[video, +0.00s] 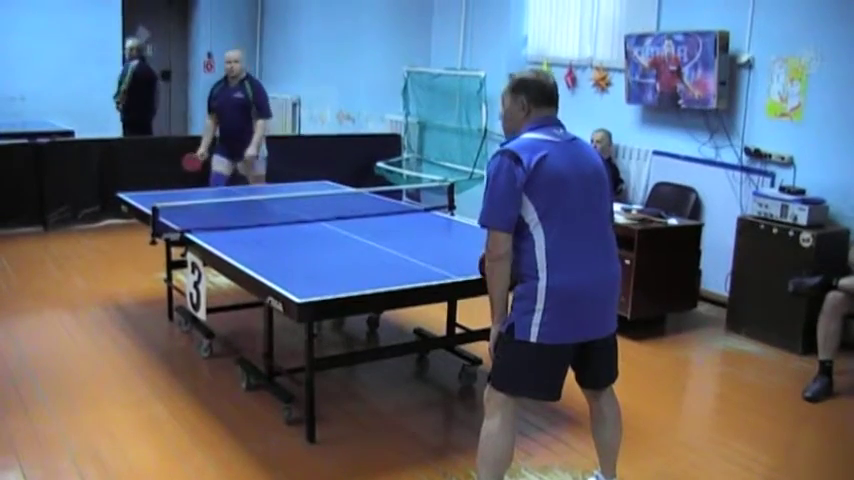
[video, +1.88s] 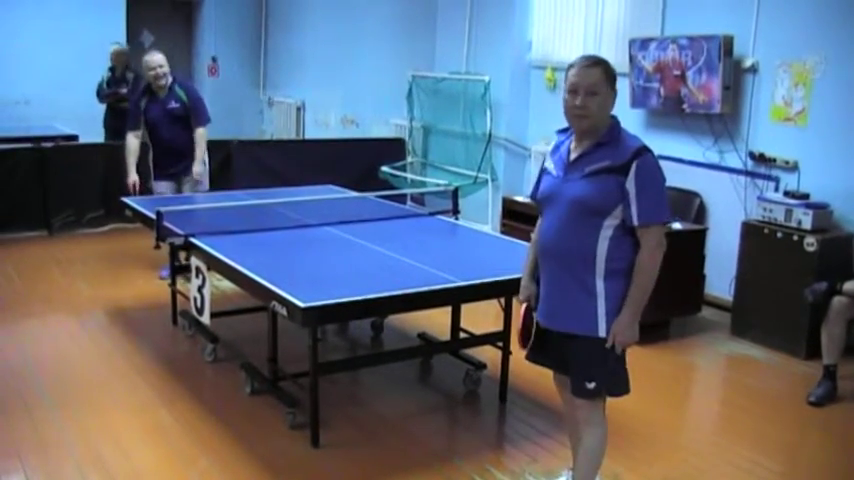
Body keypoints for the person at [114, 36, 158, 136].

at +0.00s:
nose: (126, 53)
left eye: (128, 49)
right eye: (127, 49)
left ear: (133, 51)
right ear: (141, 51)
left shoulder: (130, 67)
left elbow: (124, 87)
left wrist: (118, 100)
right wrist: (151, 113)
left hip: (131, 113)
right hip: (146, 113)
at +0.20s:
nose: (130, 52)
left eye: (133, 49)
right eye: (130, 49)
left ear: (139, 50)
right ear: (142, 51)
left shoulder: (137, 66)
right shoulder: (149, 68)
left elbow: (133, 87)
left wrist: (124, 100)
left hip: (136, 111)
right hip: (145, 111)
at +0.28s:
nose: (131, 52)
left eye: (135, 49)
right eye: (131, 49)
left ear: (141, 50)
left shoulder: (141, 66)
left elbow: (137, 88)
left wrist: (125, 101)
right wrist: (124, 98)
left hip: (139, 112)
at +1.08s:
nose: (133, 54)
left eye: (137, 51)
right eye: (133, 50)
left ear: (144, 53)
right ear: (132, 52)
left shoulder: (145, 71)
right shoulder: (133, 70)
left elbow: (134, 92)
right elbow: (124, 82)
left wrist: (124, 89)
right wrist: (125, 87)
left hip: (144, 115)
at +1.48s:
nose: (129, 57)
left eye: (133, 54)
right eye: (129, 54)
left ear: (141, 56)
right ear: (128, 55)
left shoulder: (145, 74)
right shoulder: (128, 73)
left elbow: (136, 94)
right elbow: (115, 91)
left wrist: (121, 90)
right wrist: (129, 91)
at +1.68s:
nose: (130, 62)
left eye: (133, 58)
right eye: (128, 58)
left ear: (138, 59)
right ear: (123, 60)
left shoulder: (143, 78)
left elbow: (145, 94)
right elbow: (110, 96)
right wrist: (126, 94)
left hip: (139, 118)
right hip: (122, 118)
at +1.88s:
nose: (117, 59)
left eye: (120, 55)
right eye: (114, 56)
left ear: (126, 57)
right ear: (111, 58)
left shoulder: (133, 76)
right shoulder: (107, 77)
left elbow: (134, 94)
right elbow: (101, 95)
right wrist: (119, 93)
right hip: (112, 121)